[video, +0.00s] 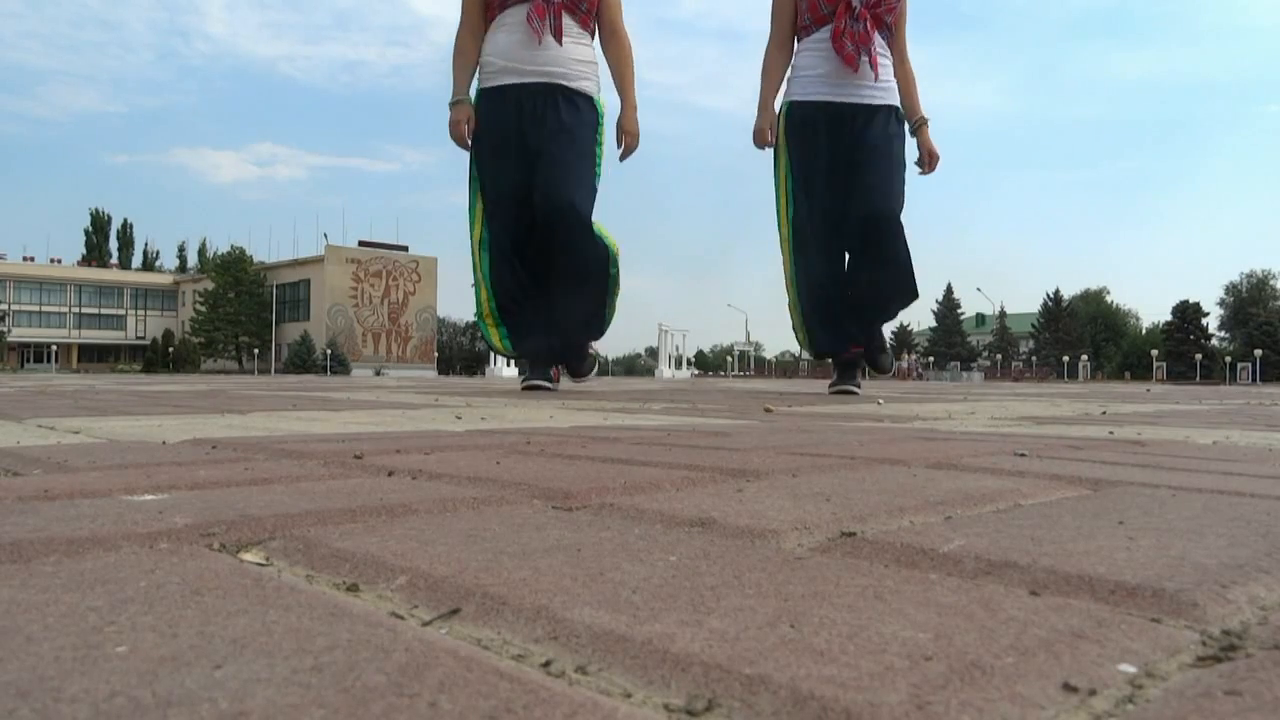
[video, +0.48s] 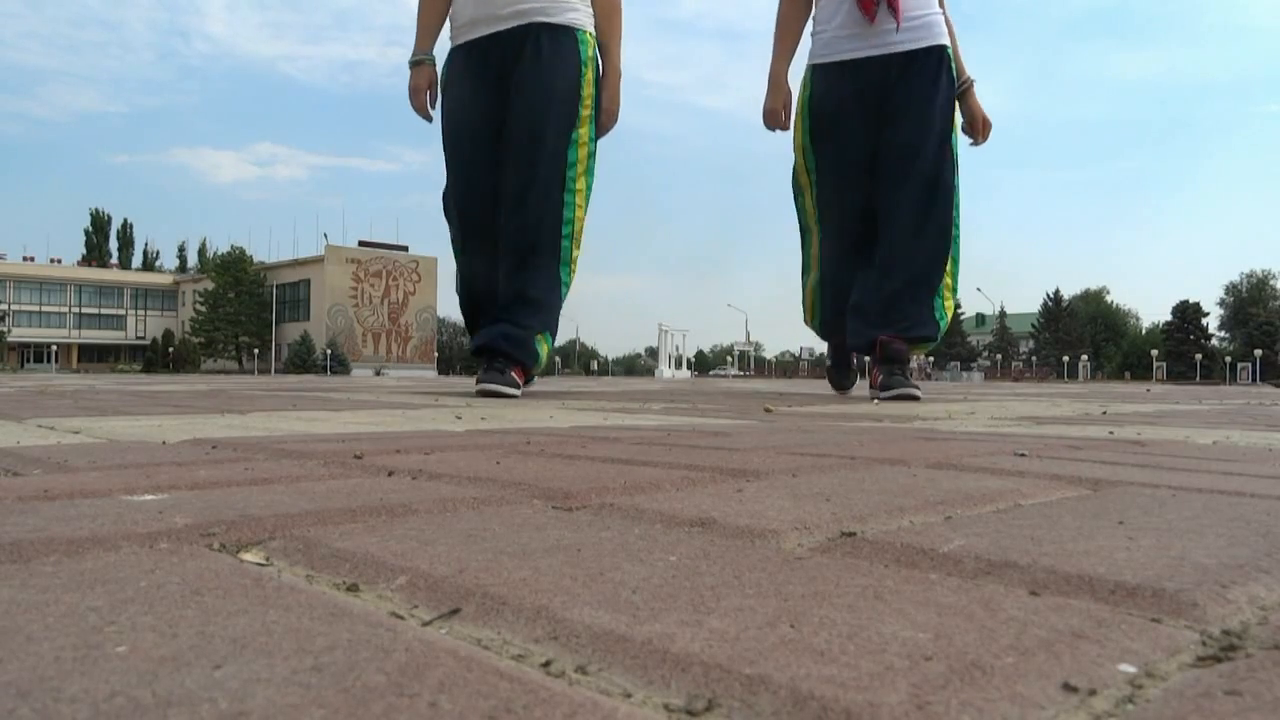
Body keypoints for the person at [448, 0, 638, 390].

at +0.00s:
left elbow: (613, 30)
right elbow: (471, 27)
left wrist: (628, 106)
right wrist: (460, 96)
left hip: (571, 95)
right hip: (501, 94)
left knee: (565, 213)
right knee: (510, 226)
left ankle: (574, 335)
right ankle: (534, 354)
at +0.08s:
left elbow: (610, 25)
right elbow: (466, 12)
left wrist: (625, 102)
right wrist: (458, 82)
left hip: (568, 85)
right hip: (498, 86)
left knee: (549, 191)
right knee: (506, 218)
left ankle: (566, 339)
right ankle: (531, 350)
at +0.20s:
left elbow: (605, 21)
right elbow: (461, 6)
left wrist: (613, 104)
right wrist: (453, 71)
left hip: (565, 78)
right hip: (491, 80)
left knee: (543, 202)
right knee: (498, 215)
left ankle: (531, 337)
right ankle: (543, 348)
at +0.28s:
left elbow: (602, 17)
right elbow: (456, 3)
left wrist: (607, 102)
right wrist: (447, 68)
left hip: (561, 68)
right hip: (485, 71)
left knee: (535, 206)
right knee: (493, 218)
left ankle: (516, 338)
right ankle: (540, 350)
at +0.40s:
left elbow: (602, 5)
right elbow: (446, 1)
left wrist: (608, 89)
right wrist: (433, 63)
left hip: (559, 48)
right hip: (478, 53)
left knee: (532, 204)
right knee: (479, 207)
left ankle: (511, 352)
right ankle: (526, 349)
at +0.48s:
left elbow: (604, 3)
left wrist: (611, 72)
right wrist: (422, 53)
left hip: (556, 30)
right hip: (471, 40)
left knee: (540, 195)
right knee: (470, 198)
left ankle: (514, 352)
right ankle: (493, 349)